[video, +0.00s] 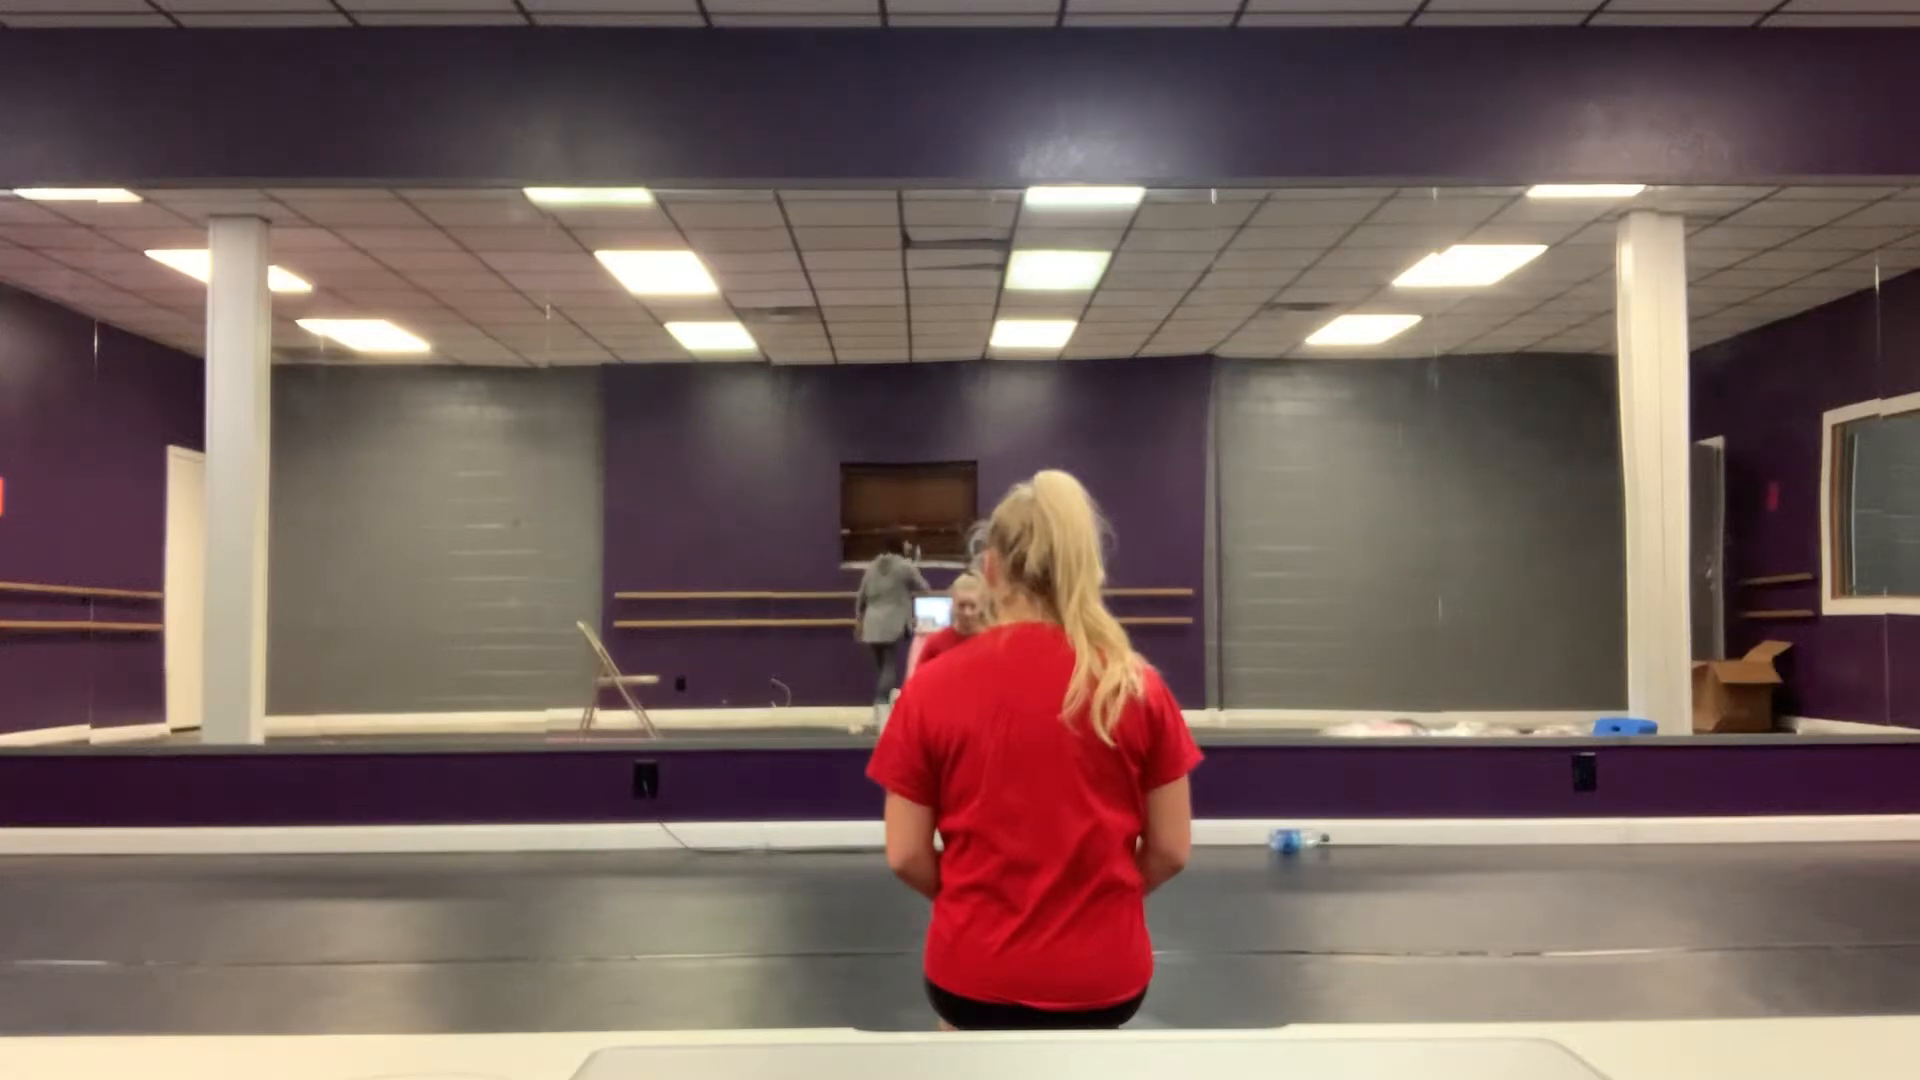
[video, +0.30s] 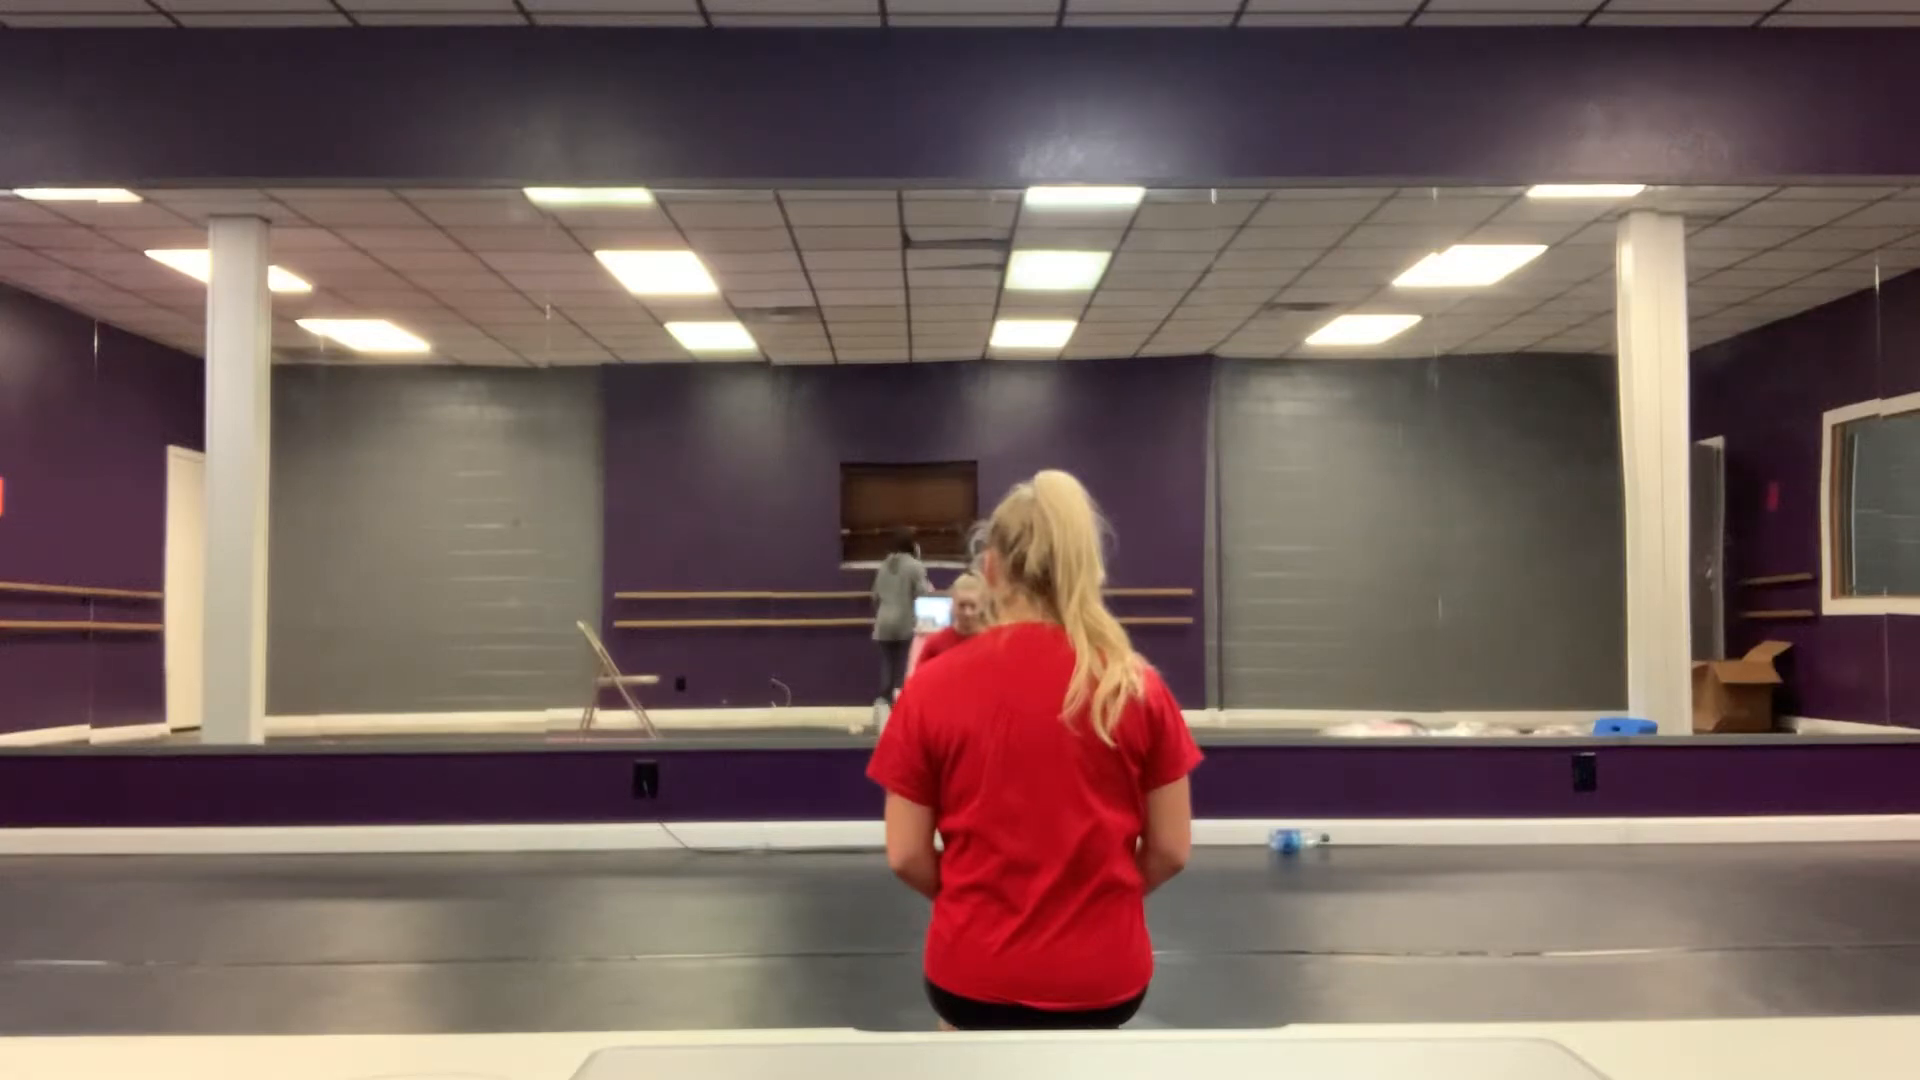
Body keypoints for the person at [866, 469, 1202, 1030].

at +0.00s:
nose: (980, 566)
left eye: (983, 552)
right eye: (982, 552)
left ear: (996, 566)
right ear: (1082, 567)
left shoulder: (937, 682)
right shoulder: (1136, 685)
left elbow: (906, 853)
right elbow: (1169, 850)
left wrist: (969, 895)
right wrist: (1101, 893)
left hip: (973, 982)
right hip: (1104, 984)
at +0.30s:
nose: (980, 566)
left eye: (983, 552)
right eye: (982, 552)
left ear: (996, 566)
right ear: (1083, 567)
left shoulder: (937, 682)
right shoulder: (1136, 685)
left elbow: (906, 854)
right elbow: (1169, 851)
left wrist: (969, 895)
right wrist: (1100, 893)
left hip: (973, 982)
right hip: (1104, 984)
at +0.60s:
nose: (980, 566)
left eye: (984, 552)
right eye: (982, 551)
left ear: (997, 566)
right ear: (1084, 567)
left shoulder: (935, 682)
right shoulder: (1135, 684)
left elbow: (906, 852)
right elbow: (1162, 852)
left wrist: (968, 897)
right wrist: (1100, 901)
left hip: (973, 981)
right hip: (1104, 984)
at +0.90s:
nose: (1096, 578)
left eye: (1096, 562)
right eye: (1092, 562)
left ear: (992, 564)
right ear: (1064, 568)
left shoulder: (923, 684)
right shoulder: (1124, 678)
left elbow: (899, 851)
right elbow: (1233, 806)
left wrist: (965, 894)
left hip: (972, 973)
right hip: (1102, 974)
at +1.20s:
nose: (1103, 574)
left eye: (1101, 556)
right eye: (1096, 557)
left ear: (998, 563)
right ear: (1060, 565)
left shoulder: (924, 676)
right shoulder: (1119, 670)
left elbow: (898, 846)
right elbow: (1264, 731)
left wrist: (963, 892)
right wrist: (1420, 763)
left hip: (968, 970)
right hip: (1100, 974)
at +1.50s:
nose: (1100, 572)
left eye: (1098, 554)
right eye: (1093, 556)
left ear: (998, 562)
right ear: (1061, 563)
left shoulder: (924, 673)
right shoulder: (1124, 667)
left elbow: (894, 845)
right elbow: (1290, 679)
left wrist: (964, 895)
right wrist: (1446, 677)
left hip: (966, 966)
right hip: (1100, 971)